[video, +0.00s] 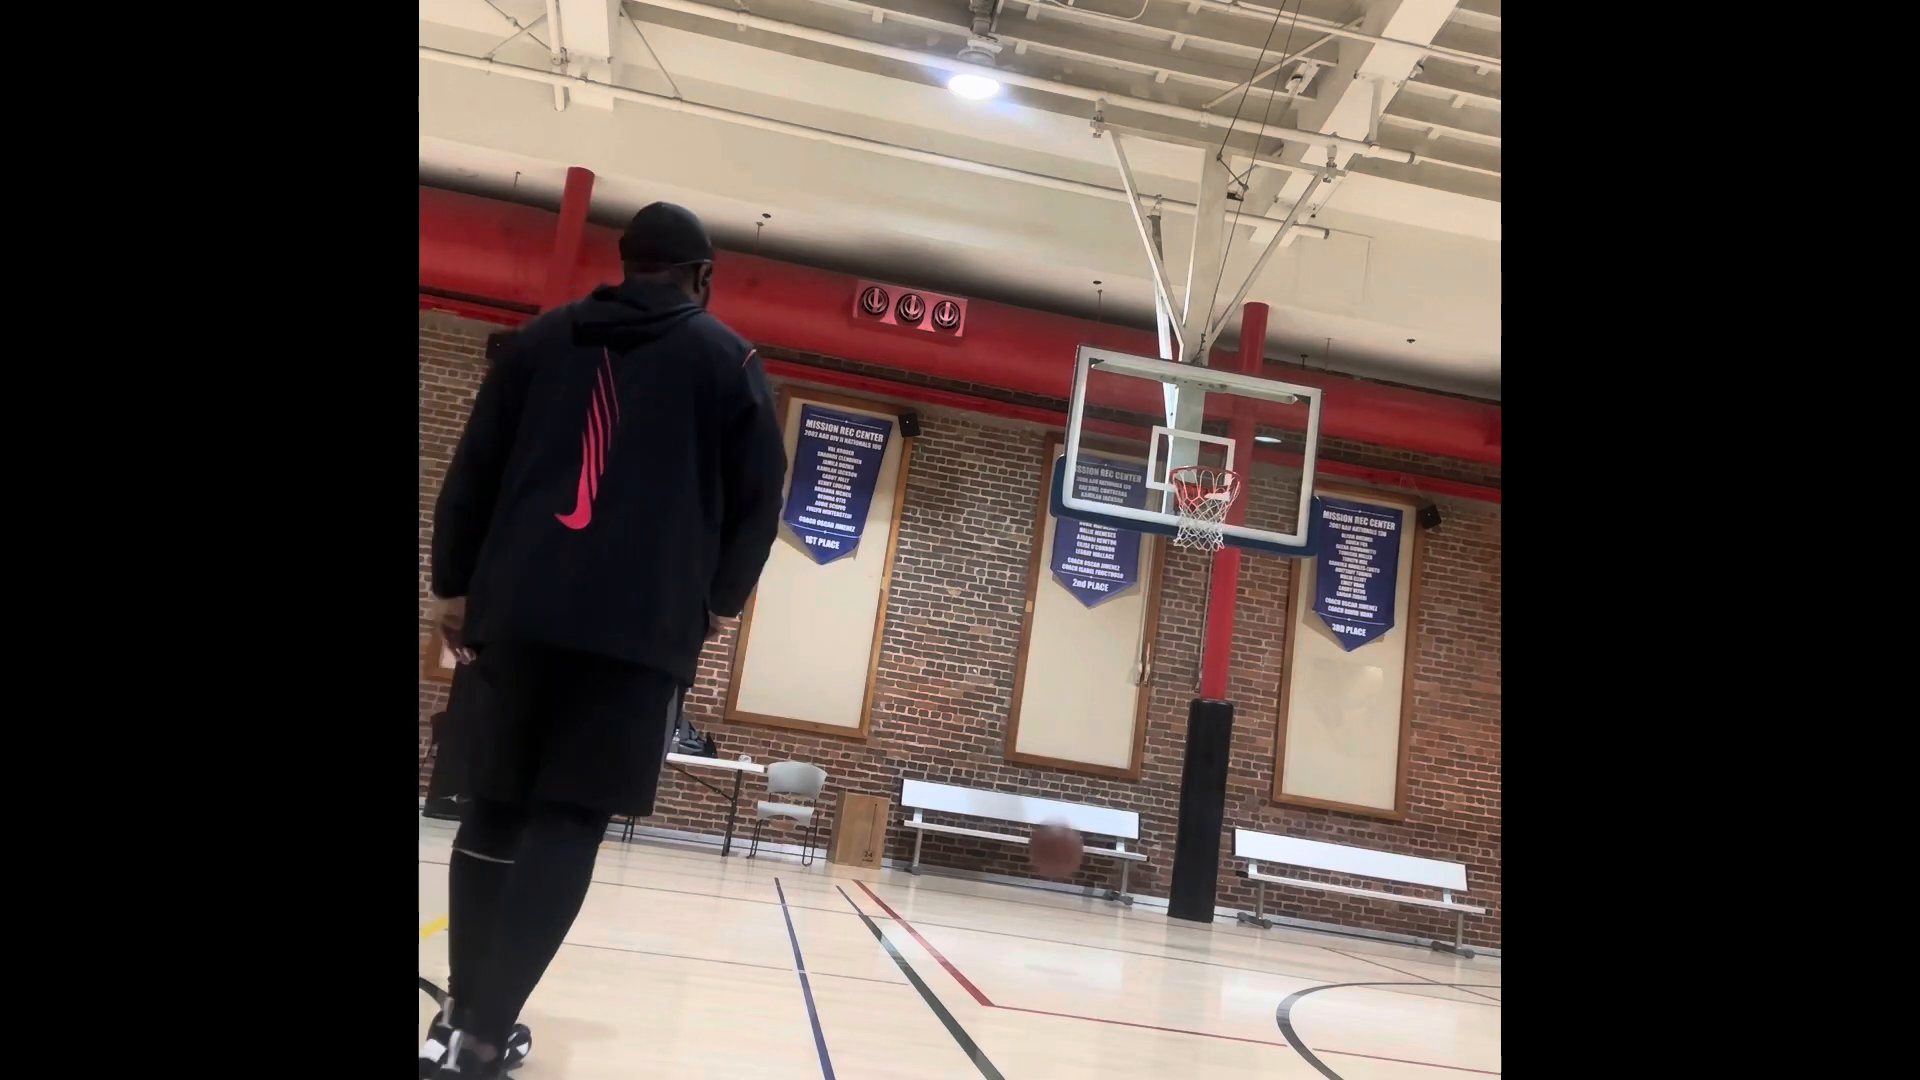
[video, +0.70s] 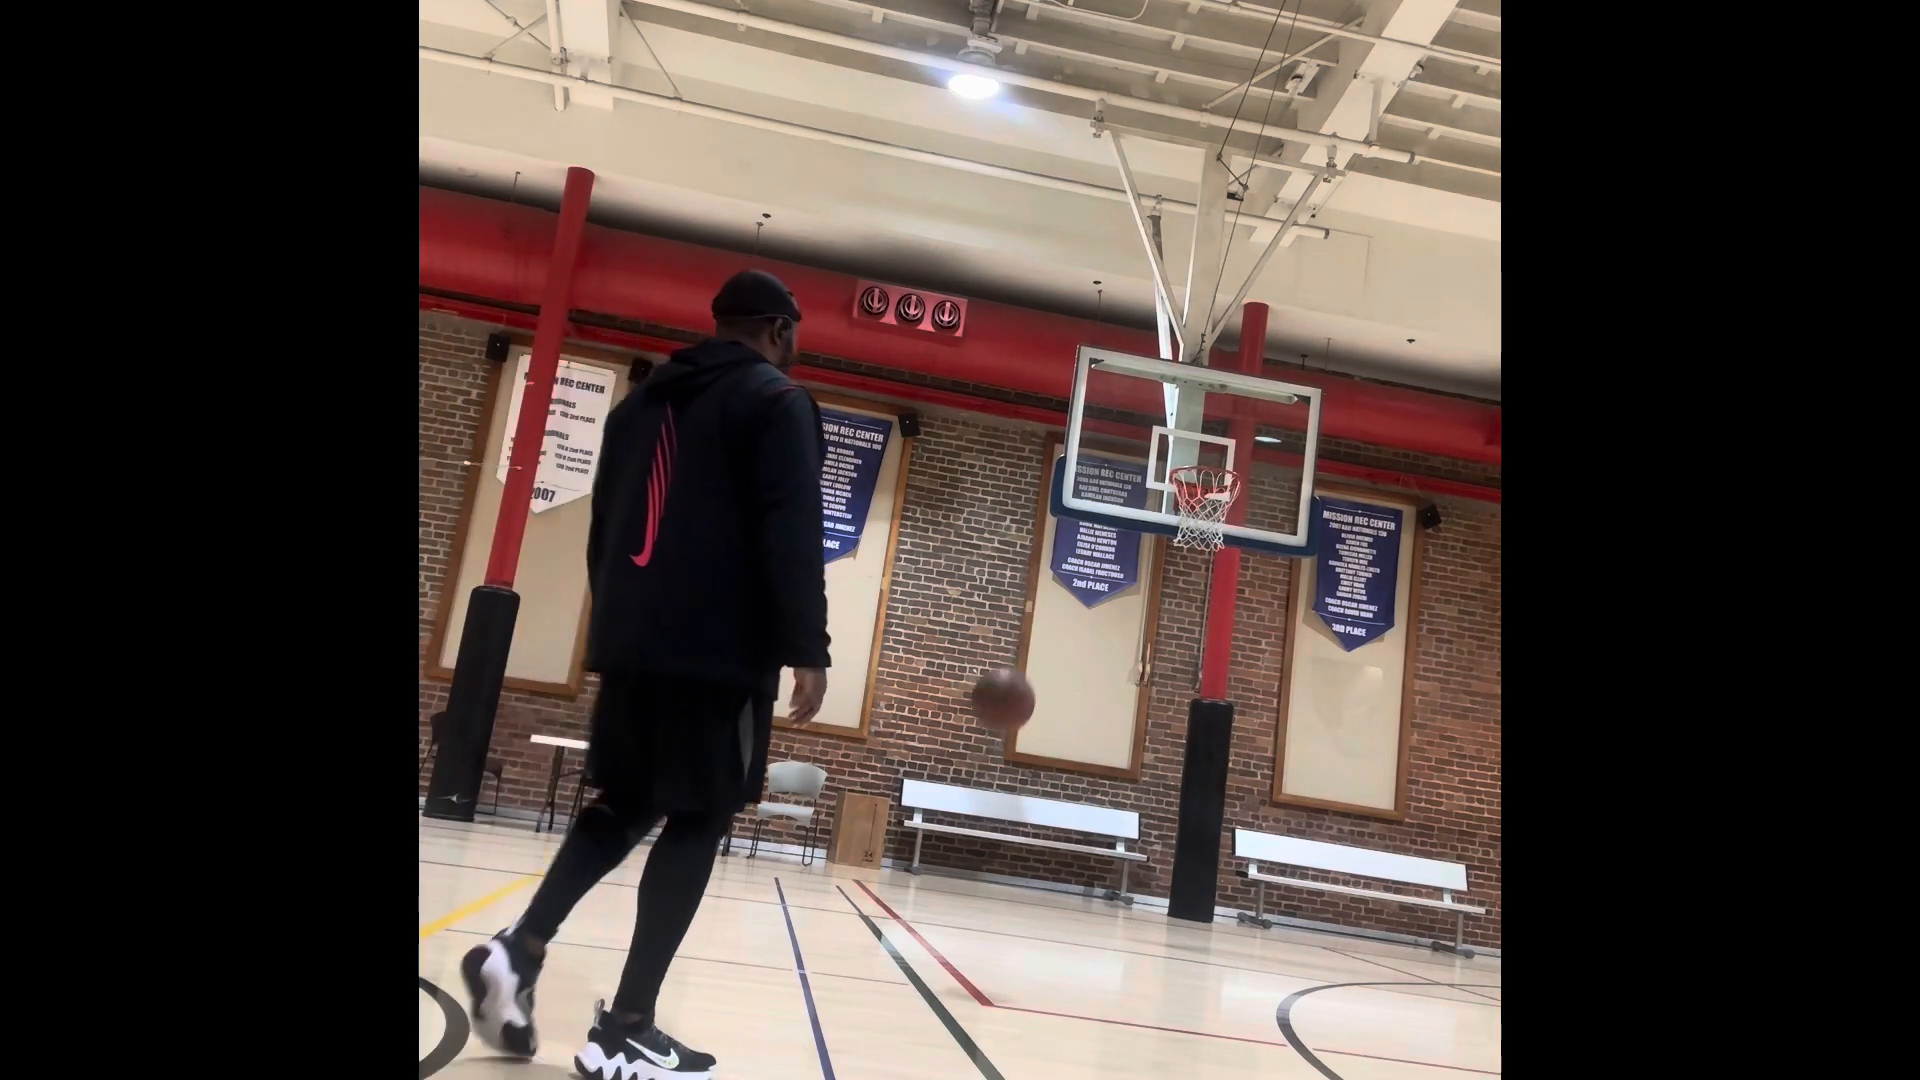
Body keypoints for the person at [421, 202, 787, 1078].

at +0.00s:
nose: (710, 289)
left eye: (703, 277)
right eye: (710, 277)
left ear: (625, 263)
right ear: (699, 274)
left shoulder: (541, 338)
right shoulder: (726, 361)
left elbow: (474, 468)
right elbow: (760, 493)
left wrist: (451, 591)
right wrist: (721, 598)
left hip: (515, 617)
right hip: (636, 638)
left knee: (491, 810)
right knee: (568, 824)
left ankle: (473, 1012)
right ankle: (480, 1035)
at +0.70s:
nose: (796, 350)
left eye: (795, 337)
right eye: (796, 336)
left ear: (719, 324)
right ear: (777, 331)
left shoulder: (643, 399)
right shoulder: (779, 402)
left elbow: (604, 520)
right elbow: (793, 532)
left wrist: (612, 626)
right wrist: (808, 648)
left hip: (631, 644)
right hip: (723, 653)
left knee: (620, 804)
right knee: (700, 824)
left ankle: (518, 949)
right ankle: (627, 1026)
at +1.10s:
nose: (825, 383)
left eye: (825, 372)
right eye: (825, 370)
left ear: (748, 355)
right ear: (804, 361)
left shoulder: (687, 418)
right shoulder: (800, 422)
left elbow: (660, 540)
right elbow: (830, 546)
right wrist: (876, 650)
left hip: (659, 652)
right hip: (751, 662)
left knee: (681, 813)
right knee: (781, 815)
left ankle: (626, 999)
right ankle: (672, 988)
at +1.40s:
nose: (835, 377)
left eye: (832, 367)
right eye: (836, 366)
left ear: (762, 352)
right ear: (822, 359)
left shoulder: (695, 425)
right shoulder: (835, 427)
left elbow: (666, 551)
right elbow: (861, 555)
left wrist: (688, 643)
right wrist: (877, 666)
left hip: (691, 659)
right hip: (784, 670)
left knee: (692, 813)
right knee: (788, 834)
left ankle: (630, 1001)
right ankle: (739, 1031)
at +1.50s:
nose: (846, 376)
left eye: (842, 367)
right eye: (847, 366)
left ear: (773, 352)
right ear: (834, 359)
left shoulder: (702, 417)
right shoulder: (849, 427)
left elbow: (660, 545)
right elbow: (877, 553)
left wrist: (688, 628)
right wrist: (890, 666)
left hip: (692, 657)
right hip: (790, 667)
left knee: (689, 812)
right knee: (784, 835)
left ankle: (632, 1000)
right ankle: (738, 1037)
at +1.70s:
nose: (850, 369)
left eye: (848, 358)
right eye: (851, 359)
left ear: (774, 336)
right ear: (839, 352)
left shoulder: (692, 401)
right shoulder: (850, 413)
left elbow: (642, 521)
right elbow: (880, 545)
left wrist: (626, 627)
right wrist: (892, 662)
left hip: (679, 648)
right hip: (783, 665)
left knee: (665, 812)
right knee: (772, 836)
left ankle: (586, 986)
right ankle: (737, 1042)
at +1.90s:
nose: (812, 362)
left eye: (804, 348)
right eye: (811, 350)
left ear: (739, 333)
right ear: (801, 343)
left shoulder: (656, 404)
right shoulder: (813, 402)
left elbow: (615, 528)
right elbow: (840, 532)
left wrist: (623, 628)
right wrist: (844, 653)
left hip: (628, 648)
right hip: (749, 661)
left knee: (607, 822)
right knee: (743, 839)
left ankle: (500, 1028)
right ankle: (735, 1041)